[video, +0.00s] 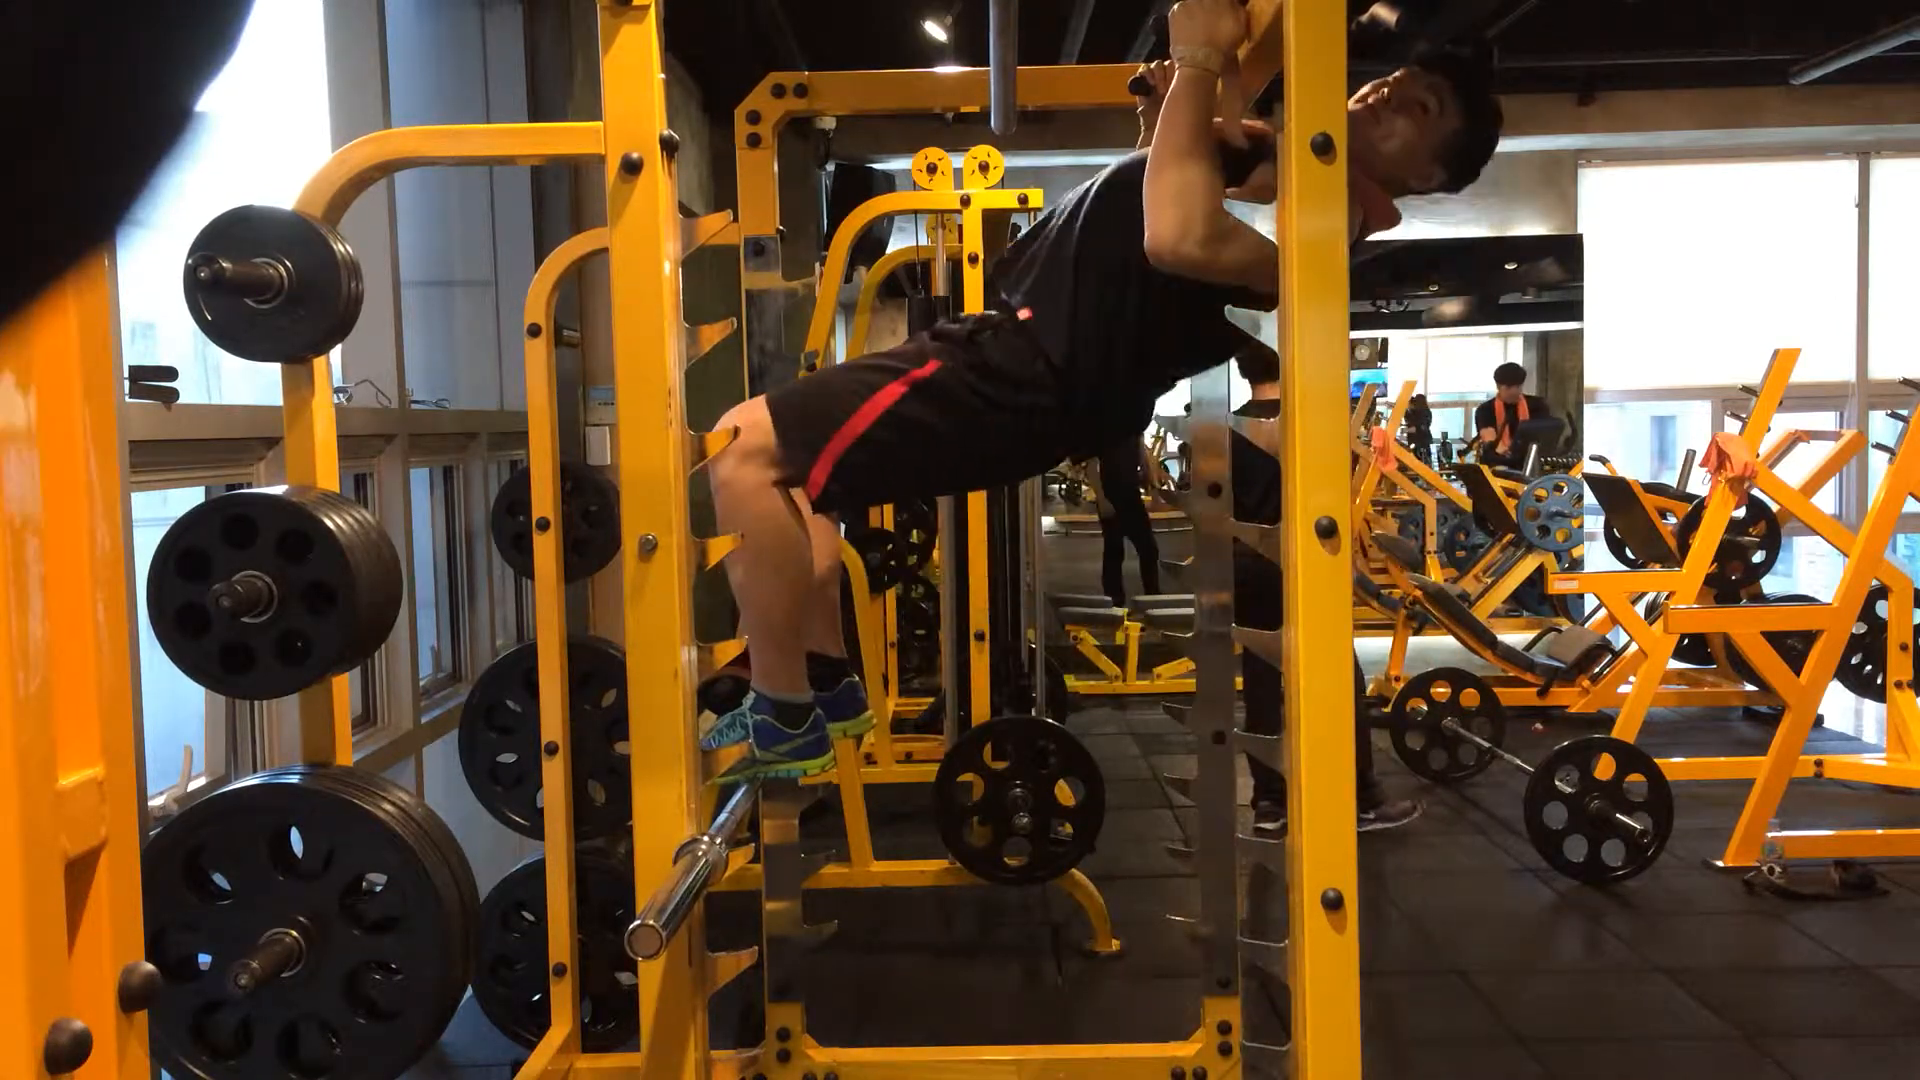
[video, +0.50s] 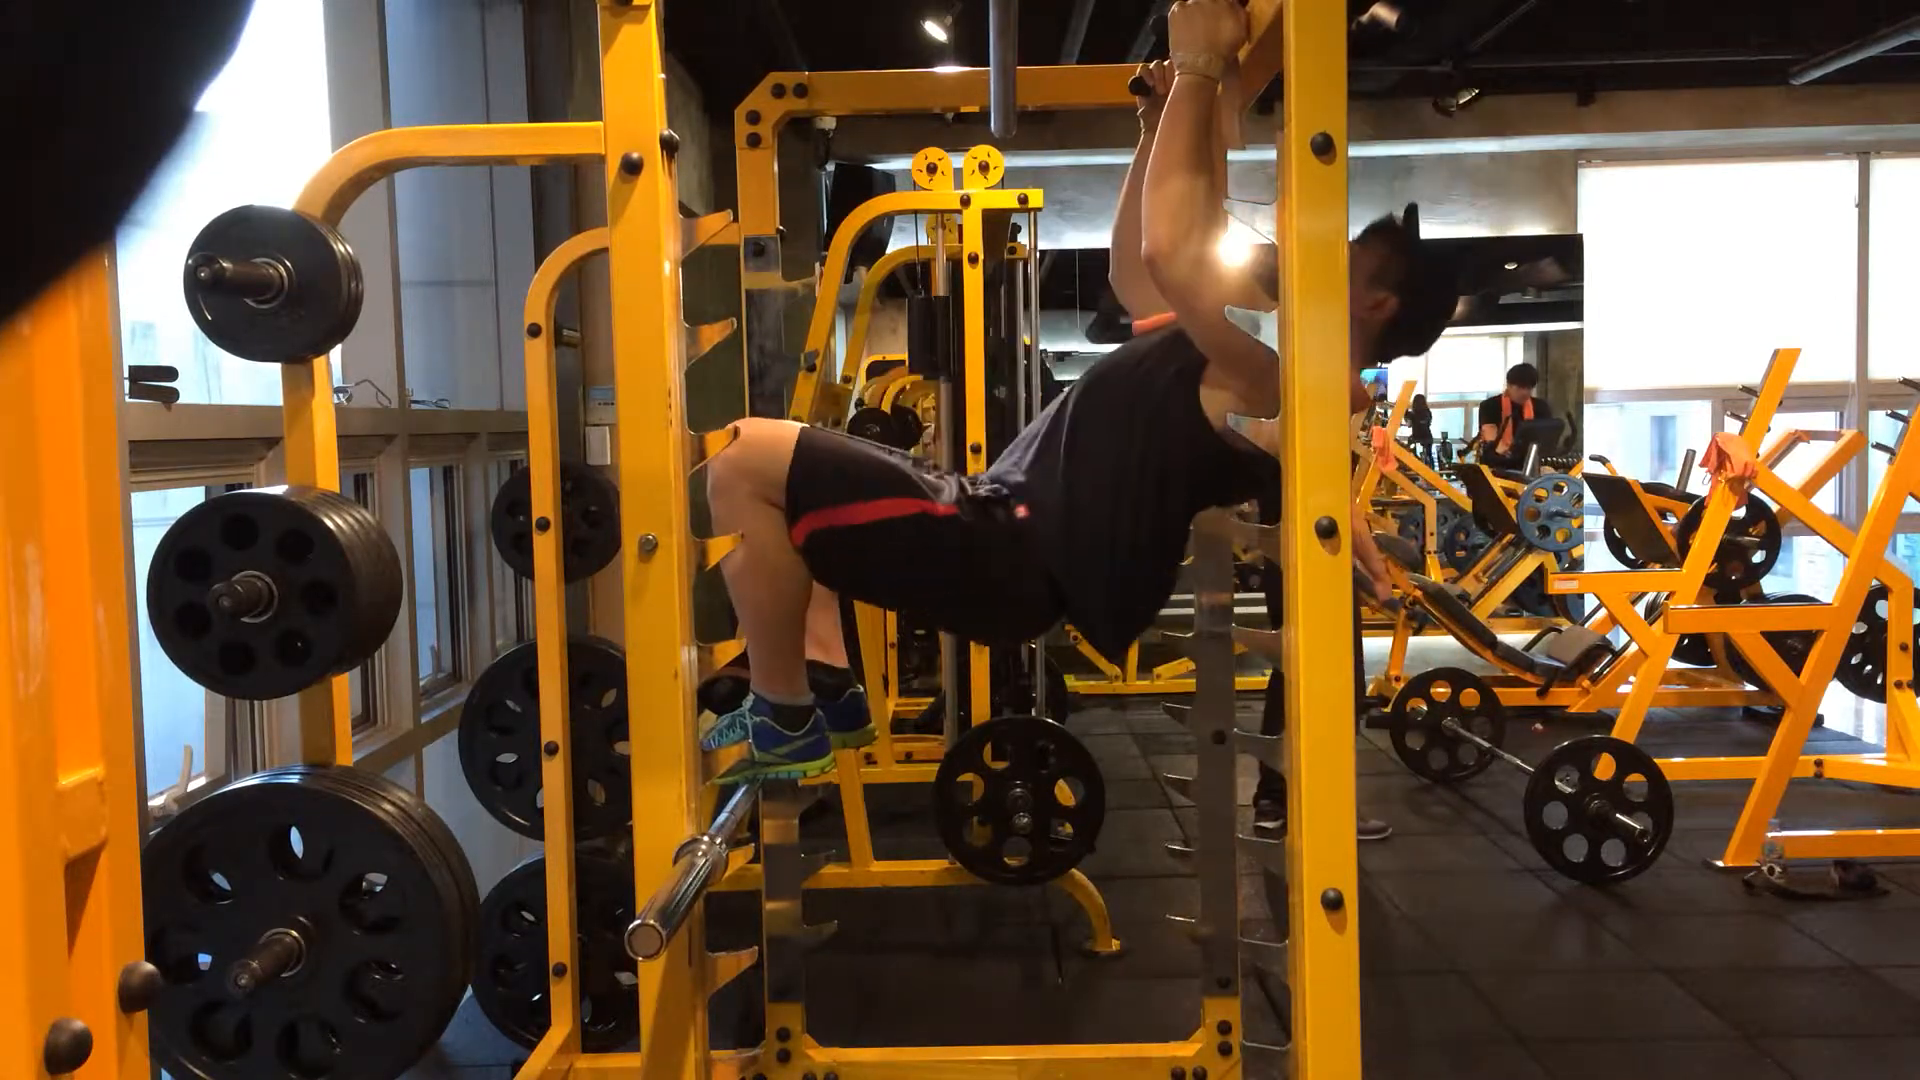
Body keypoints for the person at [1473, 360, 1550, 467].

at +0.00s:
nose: (1515, 392)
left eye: (1518, 386)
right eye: (1509, 387)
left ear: (1521, 386)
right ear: (1499, 387)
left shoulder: (1537, 404)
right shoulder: (1485, 410)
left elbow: (1545, 434)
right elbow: (1489, 443)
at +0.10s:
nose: (1517, 395)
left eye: (1519, 391)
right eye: (1512, 391)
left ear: (1522, 389)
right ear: (1500, 389)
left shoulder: (1536, 405)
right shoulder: (1485, 410)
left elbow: (1546, 434)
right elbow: (1490, 446)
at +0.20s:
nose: (1517, 394)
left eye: (1522, 390)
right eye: (1513, 389)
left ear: (1526, 389)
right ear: (1503, 387)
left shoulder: (1537, 406)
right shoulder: (1486, 409)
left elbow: (1545, 437)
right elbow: (1490, 443)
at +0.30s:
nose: (1523, 393)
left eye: (1526, 388)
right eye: (1518, 388)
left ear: (1529, 387)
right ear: (1507, 386)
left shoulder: (1538, 406)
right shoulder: (1488, 407)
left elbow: (1546, 436)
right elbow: (1492, 442)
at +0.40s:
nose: (1525, 392)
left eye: (1529, 388)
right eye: (1520, 387)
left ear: (1533, 388)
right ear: (1509, 384)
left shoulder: (1541, 407)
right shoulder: (1489, 406)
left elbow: (1547, 439)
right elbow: (1492, 442)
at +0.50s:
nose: (1525, 393)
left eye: (1529, 388)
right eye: (1520, 388)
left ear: (1533, 388)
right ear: (1509, 385)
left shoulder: (1540, 406)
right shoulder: (1490, 406)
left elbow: (1547, 437)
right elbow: (1492, 442)